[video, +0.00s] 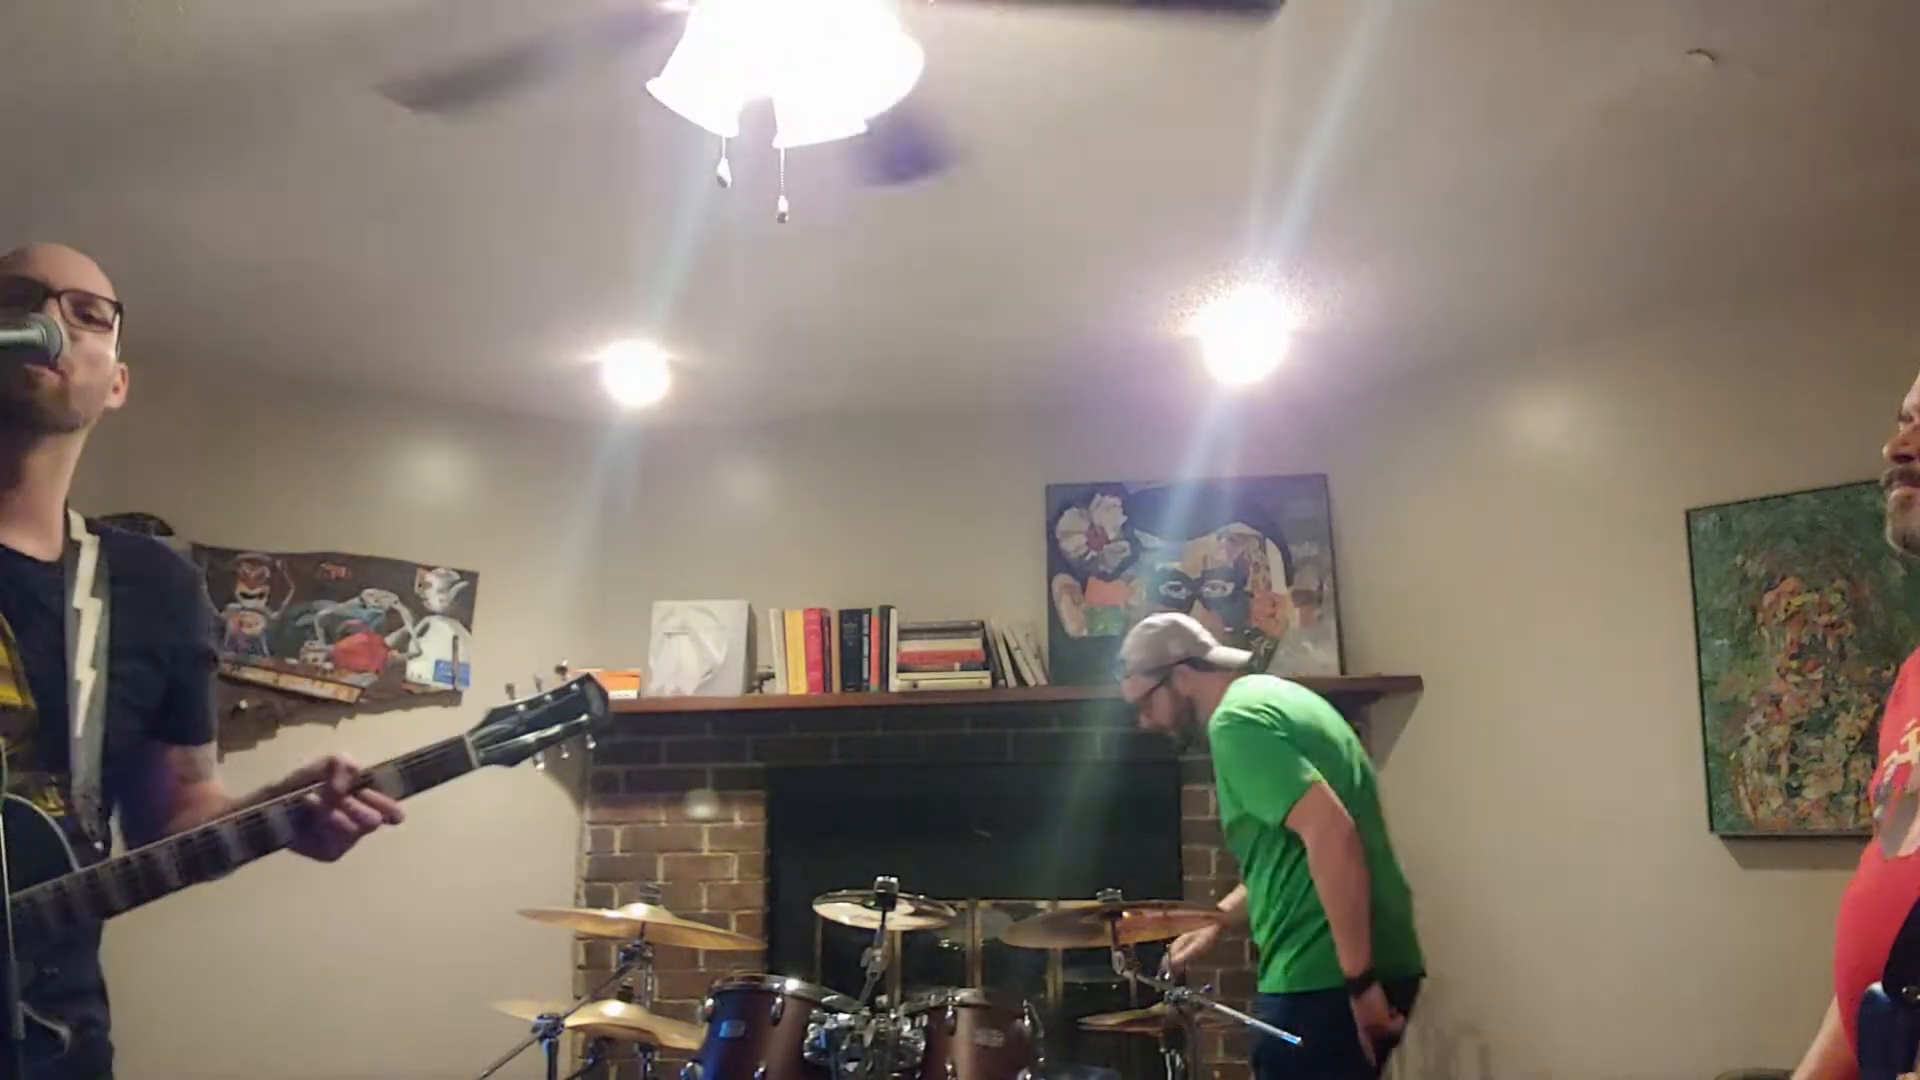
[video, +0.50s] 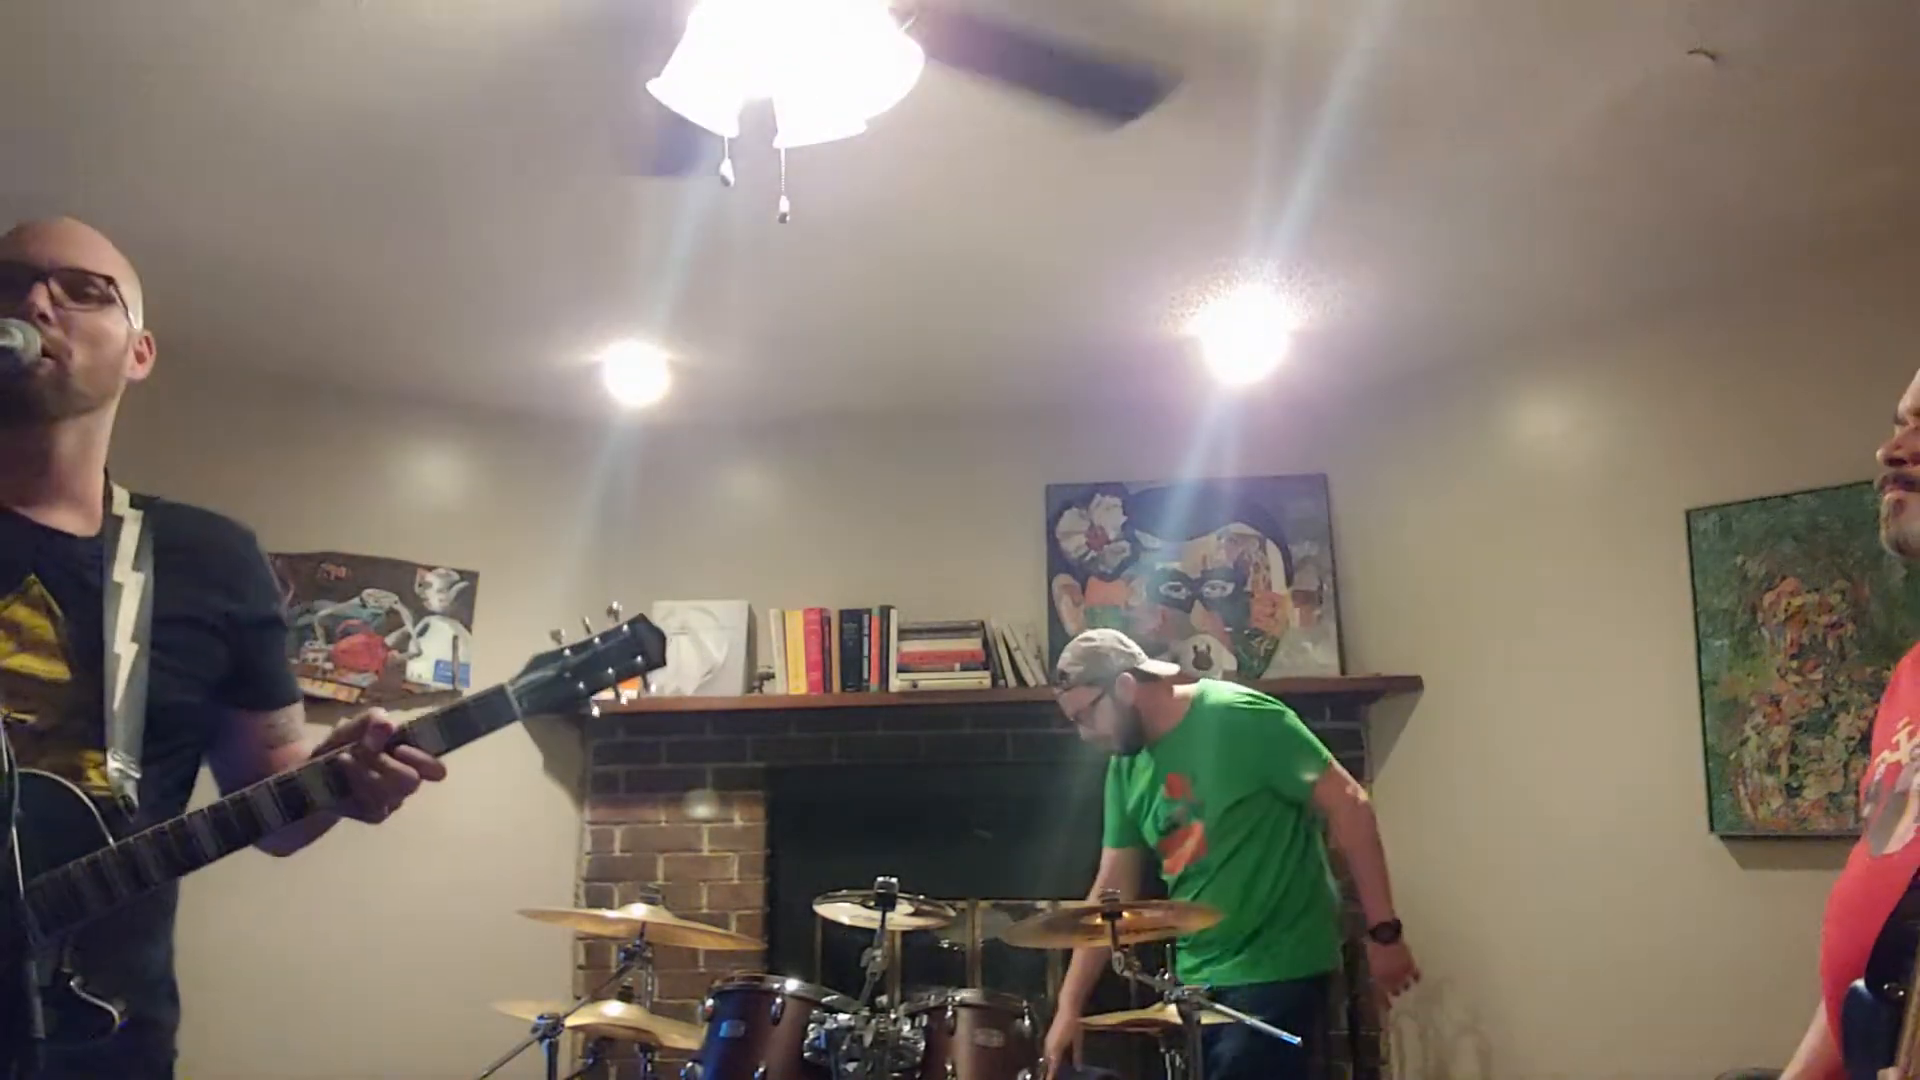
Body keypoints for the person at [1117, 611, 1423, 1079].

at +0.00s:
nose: (1145, 723)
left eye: (1145, 704)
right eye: (1138, 710)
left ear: (1181, 677)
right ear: (1185, 675)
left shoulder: (1236, 722)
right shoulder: (1282, 698)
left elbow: (1330, 830)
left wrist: (1361, 981)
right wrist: (1217, 919)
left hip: (1319, 990)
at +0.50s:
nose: (1086, 734)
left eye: (1086, 716)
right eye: (1077, 723)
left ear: (1125, 687)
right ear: (1125, 689)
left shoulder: (1241, 716)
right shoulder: (1126, 764)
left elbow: (1349, 803)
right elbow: (1111, 893)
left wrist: (1384, 931)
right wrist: (1069, 1005)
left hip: (1280, 976)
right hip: (1197, 980)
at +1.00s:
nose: (1079, 703)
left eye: (1086, 685)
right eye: (1072, 689)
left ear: (1132, 664)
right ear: (1131, 666)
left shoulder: (1242, 716)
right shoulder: (1098, 741)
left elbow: (1324, 815)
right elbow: (1083, 868)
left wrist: (1336, 941)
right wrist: (1055, 980)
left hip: (1229, 975)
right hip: (1121, 964)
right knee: (1064, 1066)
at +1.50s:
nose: (1084, 700)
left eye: (1103, 686)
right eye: (1075, 681)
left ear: (1145, 682)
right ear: (1064, 670)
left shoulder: (1180, 772)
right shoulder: (1017, 738)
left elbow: (1192, 912)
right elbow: (965, 843)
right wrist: (949, 964)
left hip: (1116, 988)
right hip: (1007, 975)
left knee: (1115, 1064)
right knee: (963, 1064)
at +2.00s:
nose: (1040, 765)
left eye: (1057, 748)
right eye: (1024, 747)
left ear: (1087, 744)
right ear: (1004, 742)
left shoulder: (1126, 822)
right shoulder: (961, 805)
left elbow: (1123, 955)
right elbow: (922, 921)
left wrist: (1060, 1064)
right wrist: (920, 1031)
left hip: (1082, 1004)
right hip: (973, 1002)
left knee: (1146, 1069)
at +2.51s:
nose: (984, 768)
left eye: (997, 754)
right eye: (975, 752)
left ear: (1047, 738)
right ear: (966, 742)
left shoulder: (1115, 796)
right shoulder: (956, 792)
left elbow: (1126, 937)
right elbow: (926, 917)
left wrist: (1066, 1053)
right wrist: (925, 1029)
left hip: (1085, 991)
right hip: (980, 990)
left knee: (1142, 1064)